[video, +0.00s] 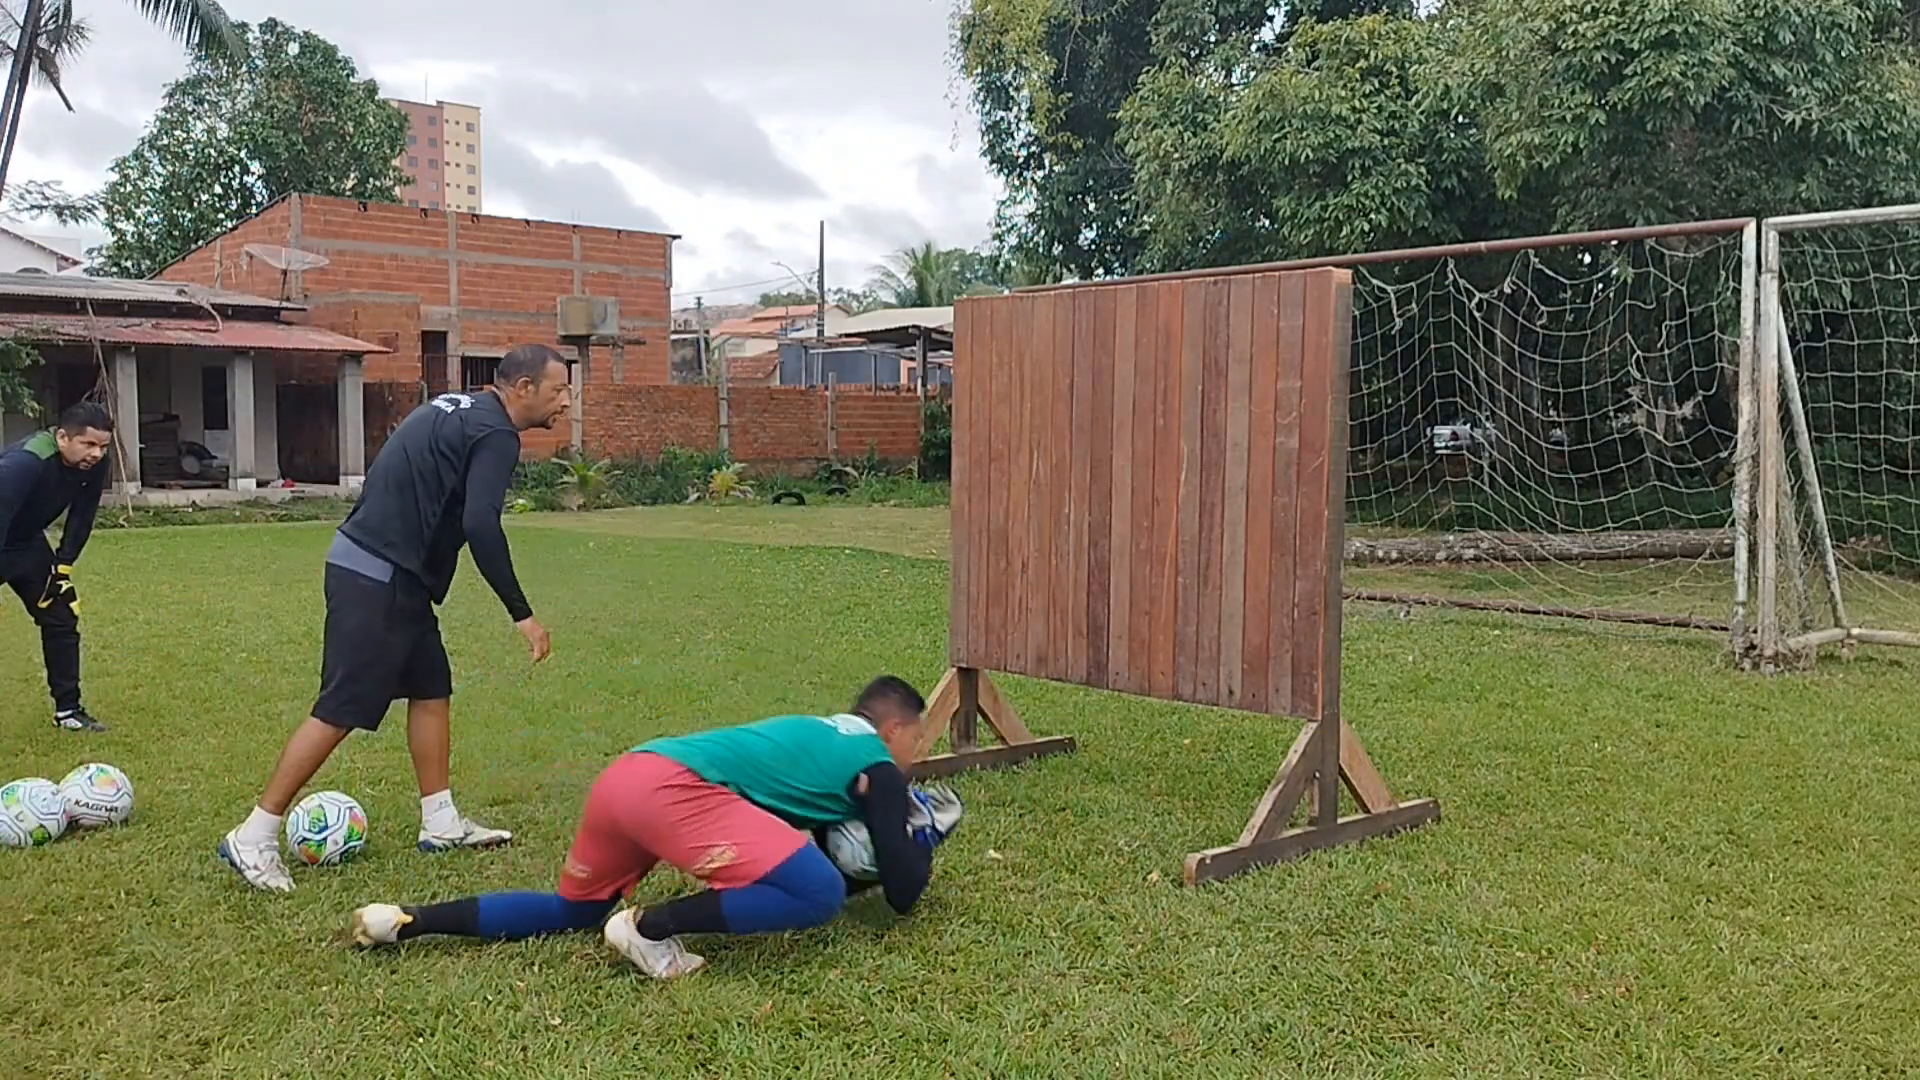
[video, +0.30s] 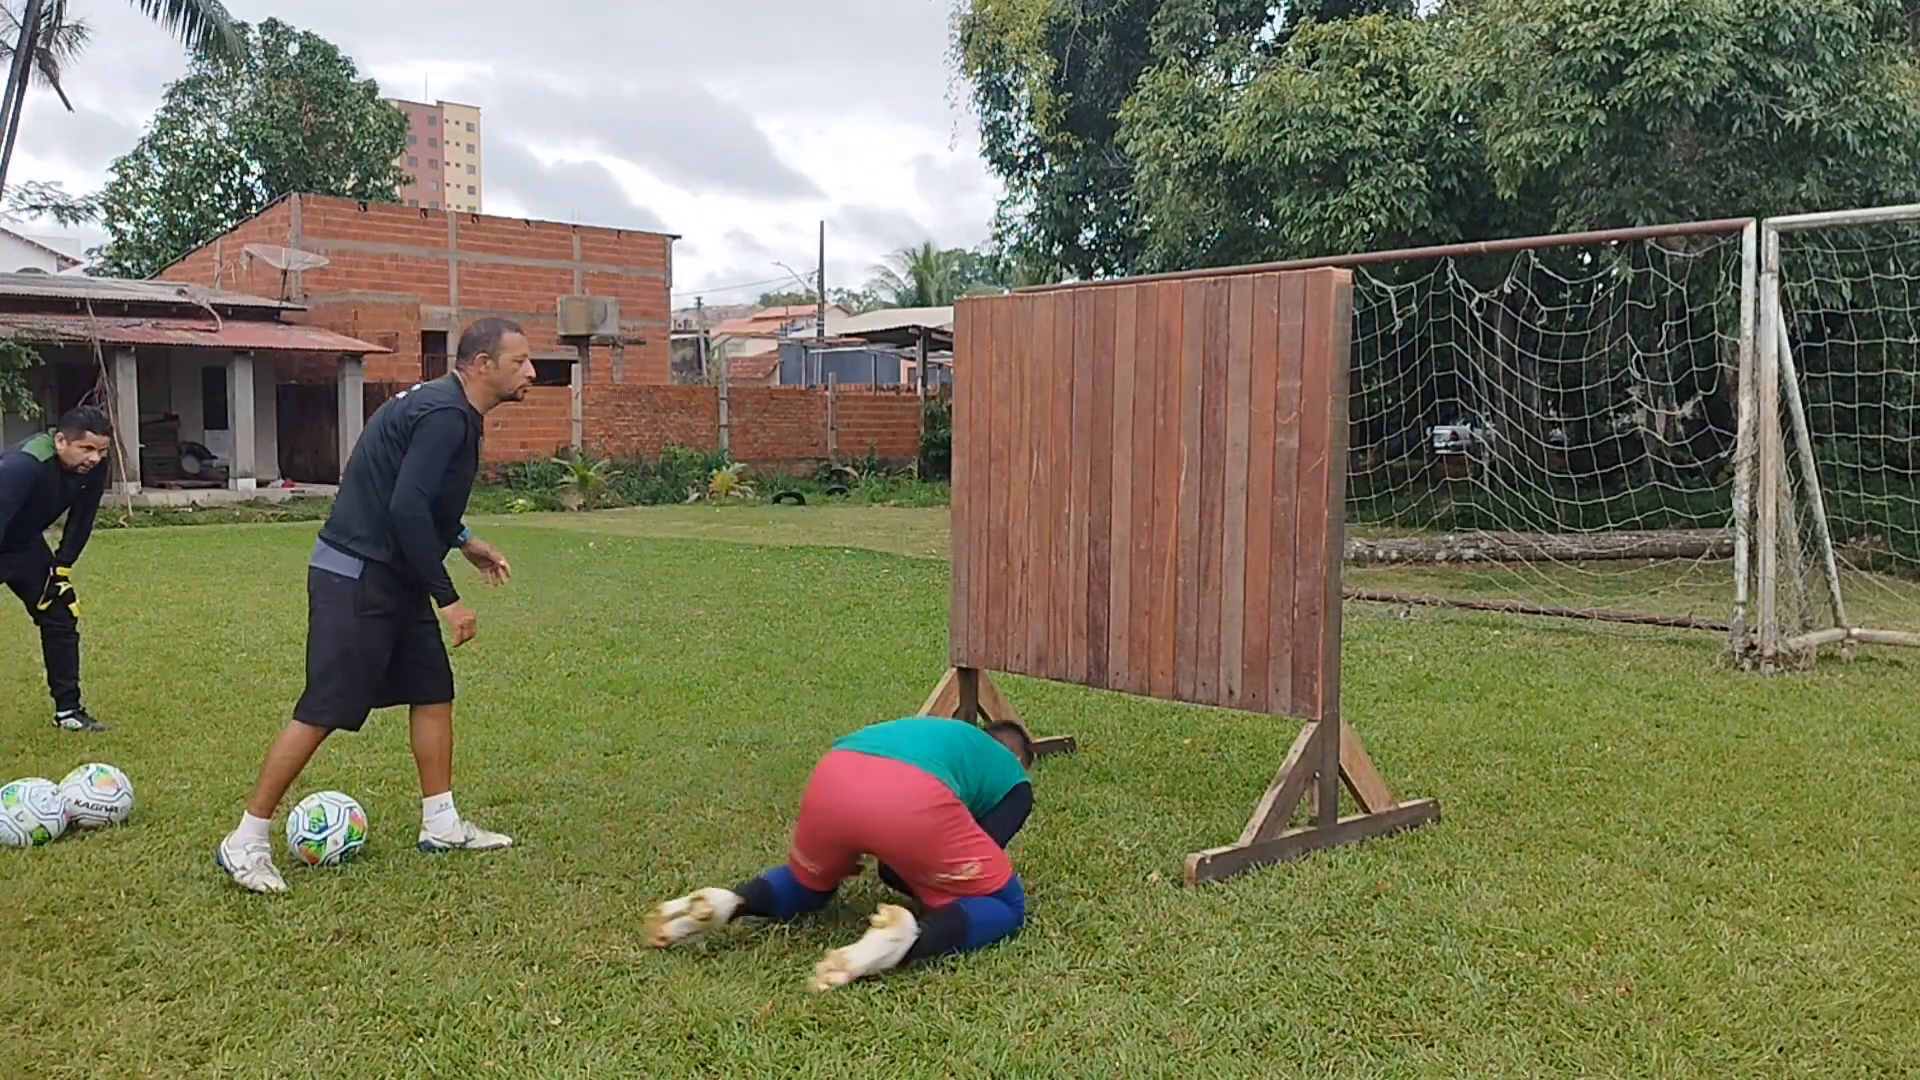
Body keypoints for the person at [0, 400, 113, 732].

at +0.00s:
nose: (96, 454)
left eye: (102, 447)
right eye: (89, 444)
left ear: (108, 445)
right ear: (63, 438)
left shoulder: (94, 462)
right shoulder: (23, 465)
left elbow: (82, 516)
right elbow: (5, 522)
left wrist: (63, 567)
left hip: (24, 540)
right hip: (4, 543)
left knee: (60, 616)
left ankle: (68, 711)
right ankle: (67, 710)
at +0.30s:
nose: (94, 459)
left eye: (101, 451)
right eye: (87, 449)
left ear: (107, 449)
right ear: (60, 440)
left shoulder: (95, 465)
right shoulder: (22, 467)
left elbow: (82, 518)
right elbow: (7, 524)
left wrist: (62, 568)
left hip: (22, 541)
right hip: (5, 543)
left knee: (59, 615)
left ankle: (68, 710)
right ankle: (67, 709)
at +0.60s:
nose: (94, 456)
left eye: (100, 449)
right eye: (86, 446)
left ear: (107, 447)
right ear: (60, 439)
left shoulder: (95, 465)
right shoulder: (21, 468)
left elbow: (81, 520)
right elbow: (6, 526)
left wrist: (61, 571)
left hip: (20, 540)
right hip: (4, 541)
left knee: (58, 613)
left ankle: (68, 710)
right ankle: (67, 709)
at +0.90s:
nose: (95, 452)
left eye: (101, 445)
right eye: (87, 442)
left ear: (107, 445)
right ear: (61, 437)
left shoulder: (96, 464)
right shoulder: (24, 467)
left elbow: (83, 519)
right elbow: (6, 525)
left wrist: (65, 570)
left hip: (22, 541)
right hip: (5, 542)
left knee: (63, 610)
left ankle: (69, 709)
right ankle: (68, 708)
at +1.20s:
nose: (98, 455)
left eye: (104, 448)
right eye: (91, 446)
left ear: (110, 446)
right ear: (64, 439)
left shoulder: (97, 465)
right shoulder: (27, 468)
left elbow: (84, 519)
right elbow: (7, 528)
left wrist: (66, 568)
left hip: (25, 541)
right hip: (5, 542)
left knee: (64, 611)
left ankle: (69, 709)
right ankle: (68, 709)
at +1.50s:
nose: (100, 457)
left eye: (106, 449)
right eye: (93, 447)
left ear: (112, 448)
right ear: (66, 440)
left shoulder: (98, 467)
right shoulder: (29, 468)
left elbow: (85, 521)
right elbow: (6, 530)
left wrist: (67, 568)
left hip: (24, 539)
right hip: (3, 540)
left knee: (64, 611)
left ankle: (70, 709)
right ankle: (68, 709)